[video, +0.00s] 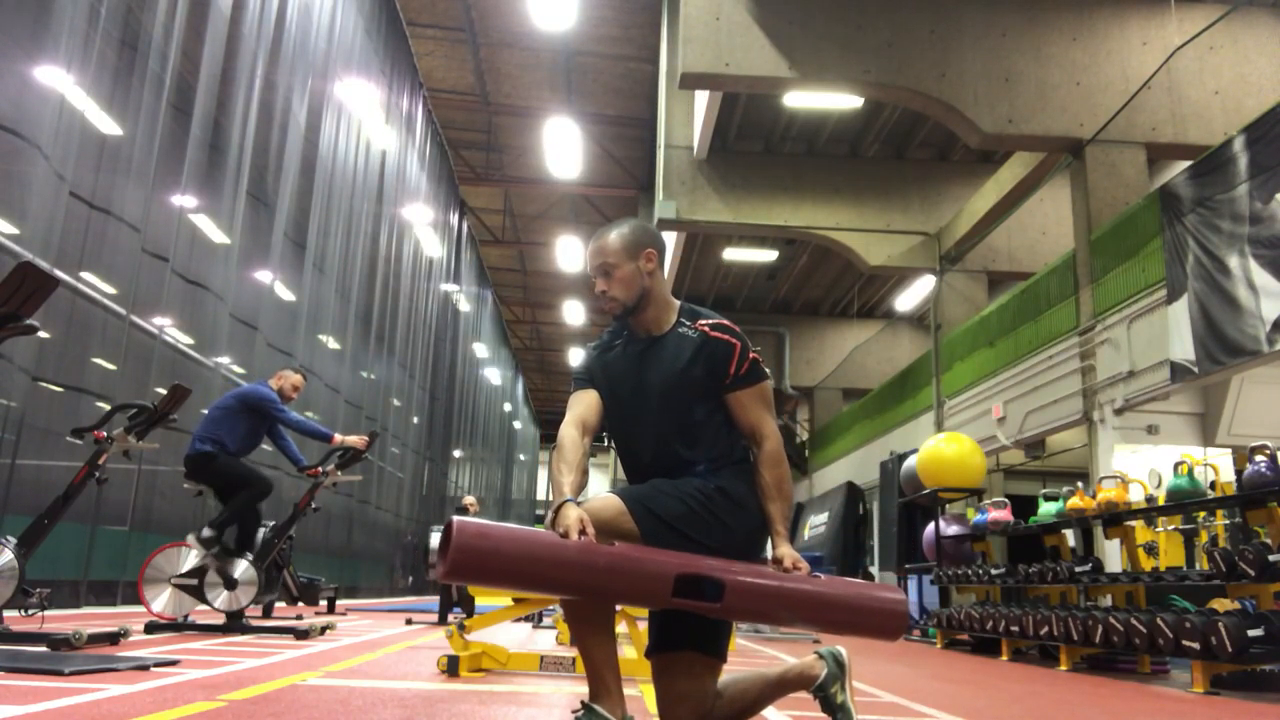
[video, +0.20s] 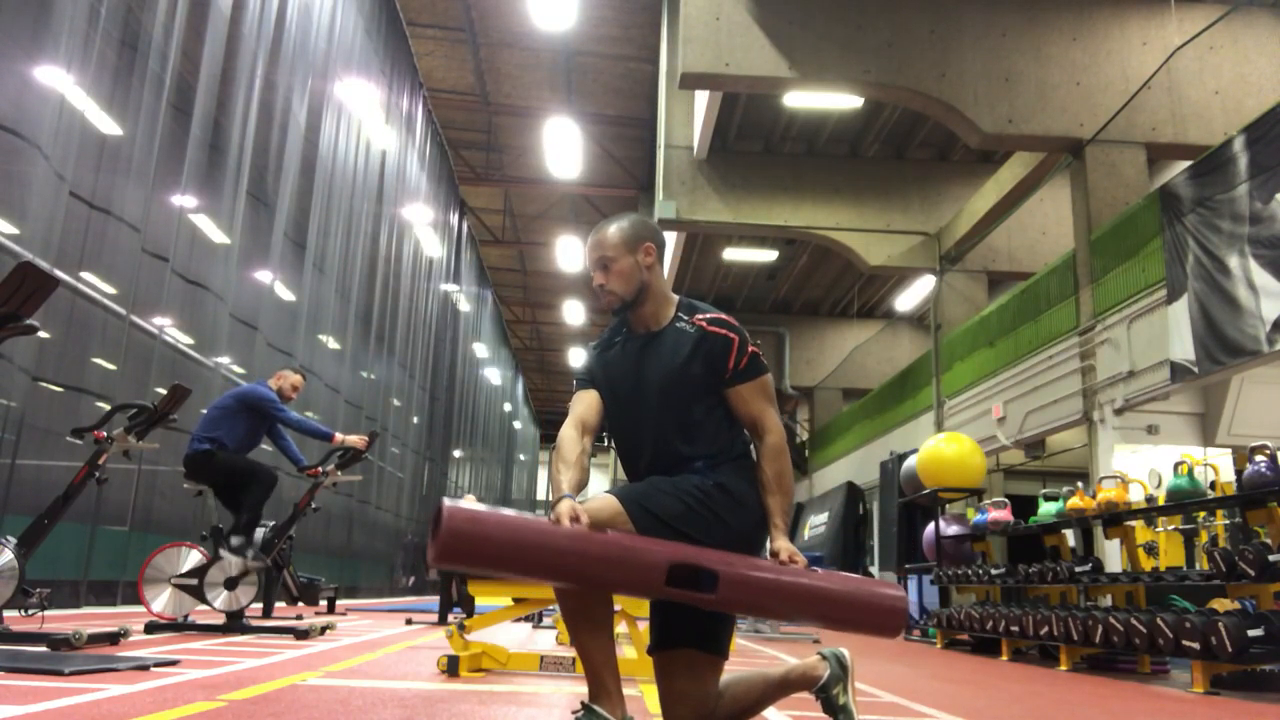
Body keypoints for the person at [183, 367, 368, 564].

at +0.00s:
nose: (294, 396)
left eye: (298, 392)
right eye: (293, 388)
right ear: (278, 379)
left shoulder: (265, 403)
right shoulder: (260, 393)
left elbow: (280, 440)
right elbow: (295, 422)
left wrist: (304, 466)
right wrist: (340, 439)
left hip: (217, 460)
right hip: (205, 456)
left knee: (251, 515)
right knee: (261, 485)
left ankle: (236, 564)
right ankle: (209, 532)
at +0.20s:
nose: (294, 396)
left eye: (297, 392)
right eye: (293, 388)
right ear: (277, 378)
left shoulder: (264, 404)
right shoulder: (258, 393)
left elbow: (280, 440)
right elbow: (295, 421)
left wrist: (304, 467)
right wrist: (341, 439)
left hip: (212, 460)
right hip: (205, 456)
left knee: (248, 511)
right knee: (265, 476)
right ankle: (239, 539)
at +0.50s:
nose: (295, 394)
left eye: (299, 391)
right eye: (294, 387)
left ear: (281, 384)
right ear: (279, 378)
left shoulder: (265, 401)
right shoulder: (259, 392)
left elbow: (279, 438)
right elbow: (295, 421)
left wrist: (304, 467)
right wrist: (341, 439)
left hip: (228, 462)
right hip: (207, 460)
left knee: (278, 477)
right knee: (232, 515)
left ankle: (242, 528)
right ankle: (209, 580)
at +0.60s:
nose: (295, 396)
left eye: (298, 393)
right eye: (293, 388)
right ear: (278, 379)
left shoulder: (265, 403)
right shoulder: (257, 393)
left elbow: (280, 439)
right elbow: (295, 422)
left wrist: (304, 467)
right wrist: (341, 439)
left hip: (226, 462)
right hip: (204, 460)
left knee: (275, 484)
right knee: (239, 511)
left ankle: (253, 541)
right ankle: (195, 569)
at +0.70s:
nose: (293, 397)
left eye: (297, 393)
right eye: (292, 389)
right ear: (277, 379)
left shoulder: (266, 407)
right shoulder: (257, 393)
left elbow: (280, 440)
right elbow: (295, 423)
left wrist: (304, 467)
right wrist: (341, 439)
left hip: (222, 461)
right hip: (205, 459)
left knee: (264, 505)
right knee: (252, 499)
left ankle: (255, 563)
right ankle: (202, 544)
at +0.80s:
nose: (295, 395)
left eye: (298, 392)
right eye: (294, 388)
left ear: (282, 384)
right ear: (278, 378)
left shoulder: (263, 402)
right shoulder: (259, 392)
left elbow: (279, 438)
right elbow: (294, 422)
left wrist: (304, 467)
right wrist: (341, 439)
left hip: (215, 460)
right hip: (205, 457)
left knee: (249, 516)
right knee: (263, 481)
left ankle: (239, 569)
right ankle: (211, 530)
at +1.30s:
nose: (296, 397)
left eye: (299, 394)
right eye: (295, 389)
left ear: (283, 385)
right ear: (280, 380)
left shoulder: (265, 403)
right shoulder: (258, 393)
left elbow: (280, 439)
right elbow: (294, 422)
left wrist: (304, 466)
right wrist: (341, 439)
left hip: (228, 462)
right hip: (207, 460)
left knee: (279, 477)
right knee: (233, 516)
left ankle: (245, 530)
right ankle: (204, 576)